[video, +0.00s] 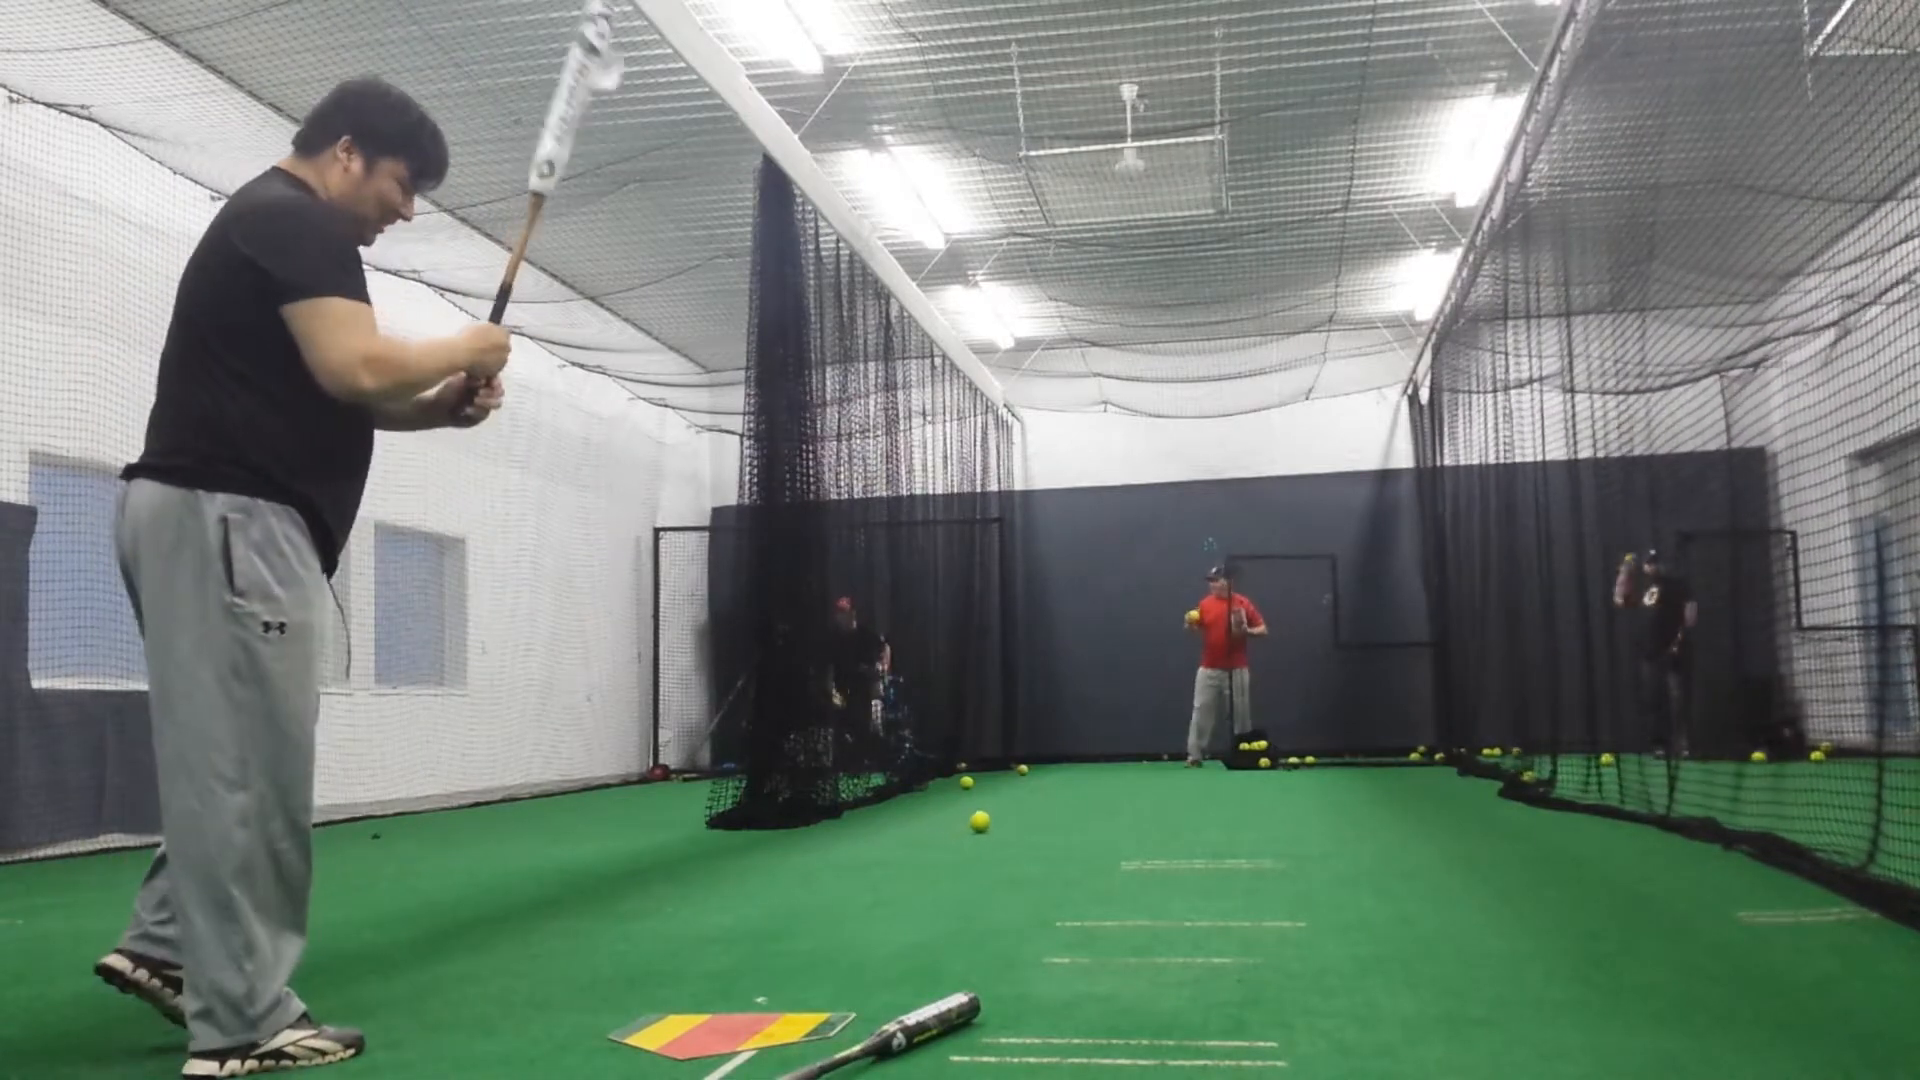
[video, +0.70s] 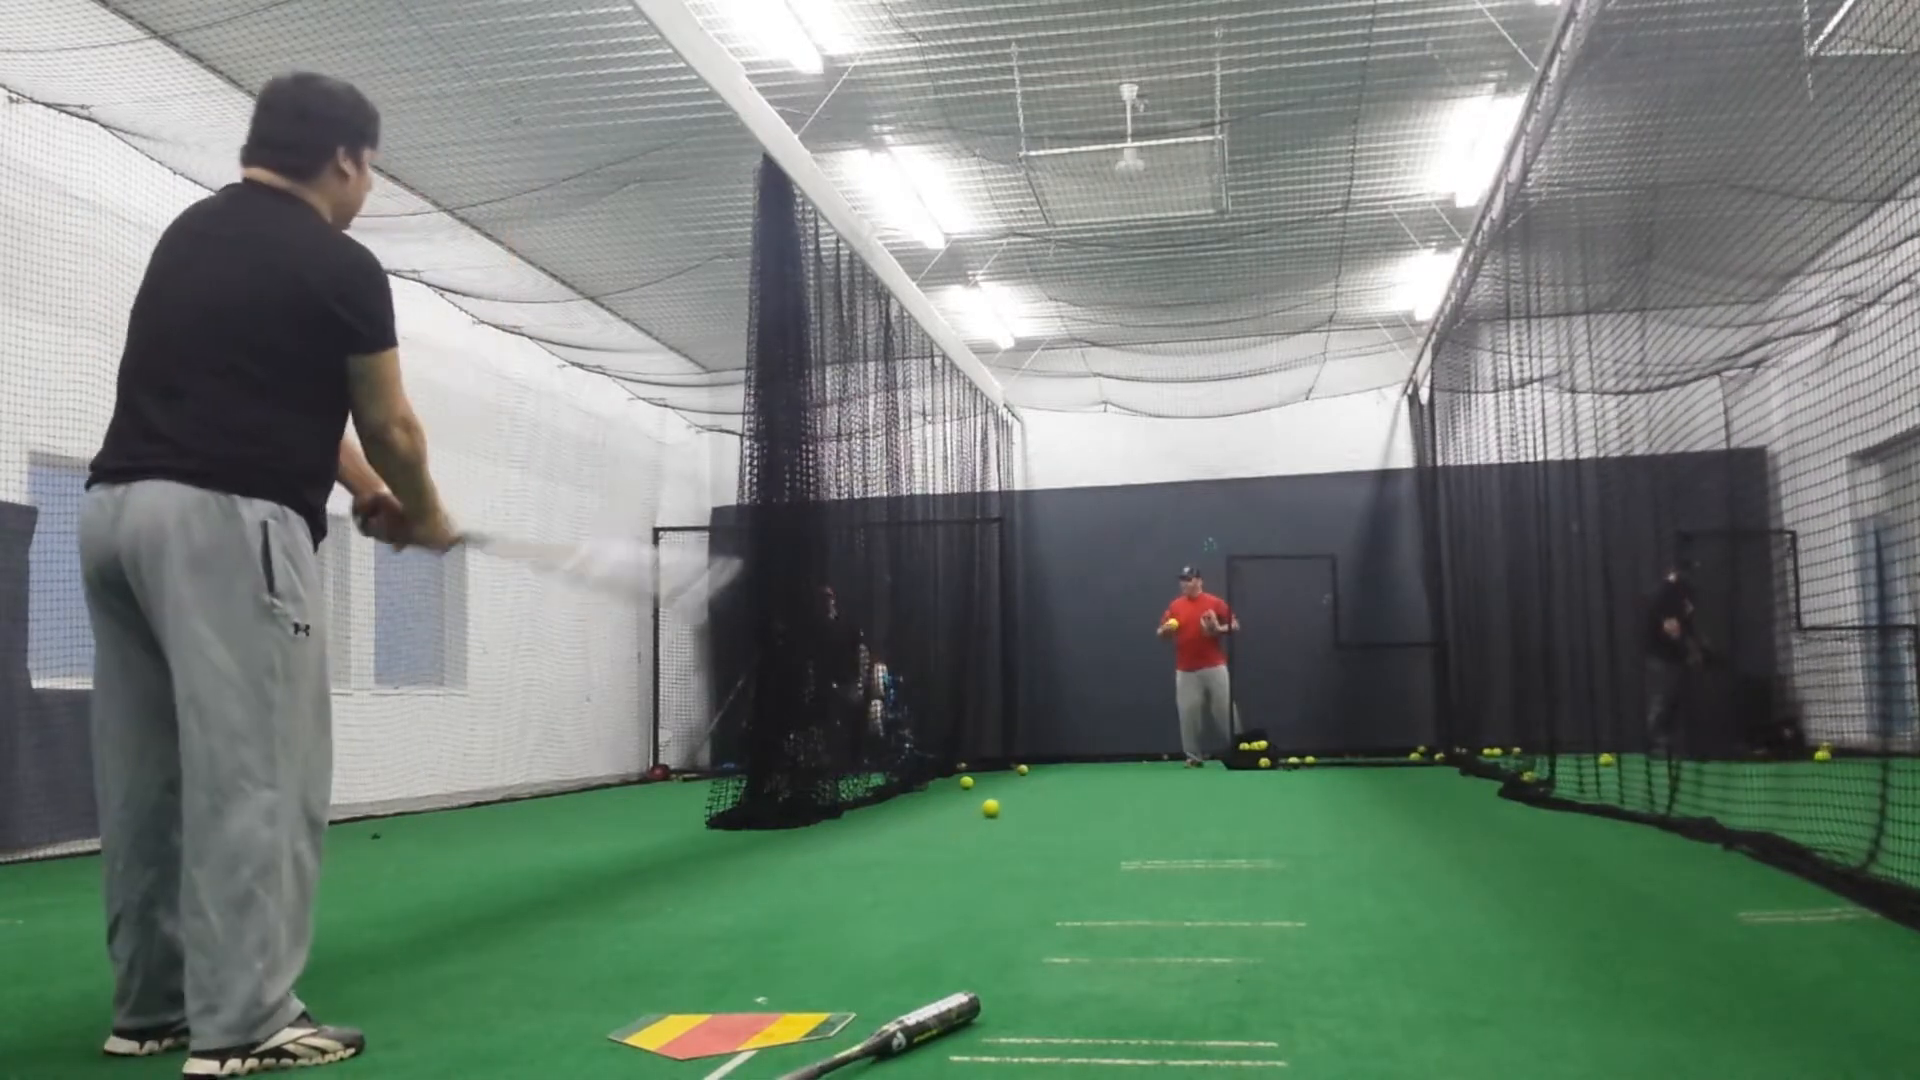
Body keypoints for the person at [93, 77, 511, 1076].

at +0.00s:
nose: (404, 212)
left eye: (413, 195)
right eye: (401, 186)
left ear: (339, 161)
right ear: (347, 153)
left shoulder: (284, 225)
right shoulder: (294, 218)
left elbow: (333, 395)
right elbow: (357, 367)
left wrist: (444, 407)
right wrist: (462, 350)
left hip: (219, 515)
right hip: (228, 519)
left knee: (239, 756)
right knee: (249, 773)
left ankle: (163, 942)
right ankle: (242, 1025)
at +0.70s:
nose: (370, 188)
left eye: (371, 169)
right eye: (369, 167)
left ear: (263, 152)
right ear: (341, 160)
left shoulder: (195, 228)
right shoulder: (339, 262)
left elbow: (249, 387)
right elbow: (392, 427)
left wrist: (360, 480)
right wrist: (429, 513)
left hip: (117, 511)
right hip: (226, 520)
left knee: (143, 771)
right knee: (257, 771)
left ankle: (148, 1009)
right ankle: (242, 1020)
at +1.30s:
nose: (282, 190)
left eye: (280, 172)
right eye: (279, 171)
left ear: (182, 164)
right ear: (250, 165)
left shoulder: (152, 238)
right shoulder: (237, 240)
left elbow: (172, 386)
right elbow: (263, 371)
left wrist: (311, 455)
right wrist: (353, 463)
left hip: (100, 514)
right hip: (179, 516)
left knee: (138, 768)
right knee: (238, 759)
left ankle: (152, 1007)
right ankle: (251, 1004)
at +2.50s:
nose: (259, 127)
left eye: (254, 110)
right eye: (255, 109)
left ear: (148, 114)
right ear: (231, 107)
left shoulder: (89, 217)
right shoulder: (237, 201)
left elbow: (83, 370)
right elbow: (274, 332)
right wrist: (339, 382)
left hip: (85, 510)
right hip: (185, 515)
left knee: (144, 768)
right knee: (190, 776)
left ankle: (175, 994)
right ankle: (157, 1031)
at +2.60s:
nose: (260, 123)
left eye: (256, 106)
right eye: (257, 106)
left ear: (147, 108)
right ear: (234, 104)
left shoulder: (81, 212)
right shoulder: (247, 203)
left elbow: (52, 370)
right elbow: (290, 337)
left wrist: (106, 444)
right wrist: (344, 385)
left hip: (73, 510)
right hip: (182, 516)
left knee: (132, 769)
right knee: (186, 773)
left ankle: (167, 992)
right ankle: (156, 1033)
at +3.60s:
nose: (163, 120)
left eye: (158, 103)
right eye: (159, 103)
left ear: (38, 109)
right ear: (137, 101)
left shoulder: (2, 194)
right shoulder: (182, 204)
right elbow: (260, 349)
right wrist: (198, 397)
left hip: (5, 510)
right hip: (113, 511)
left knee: (6, 787)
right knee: (145, 779)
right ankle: (159, 1035)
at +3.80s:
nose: (118, 130)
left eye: (113, 113)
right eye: (113, 112)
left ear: (11, 109)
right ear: (87, 104)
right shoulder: (127, 205)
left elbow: (207, 350)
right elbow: (213, 349)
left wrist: (135, 387)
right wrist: (144, 396)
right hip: (64, 509)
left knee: (12, 790)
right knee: (114, 777)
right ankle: (156, 1032)